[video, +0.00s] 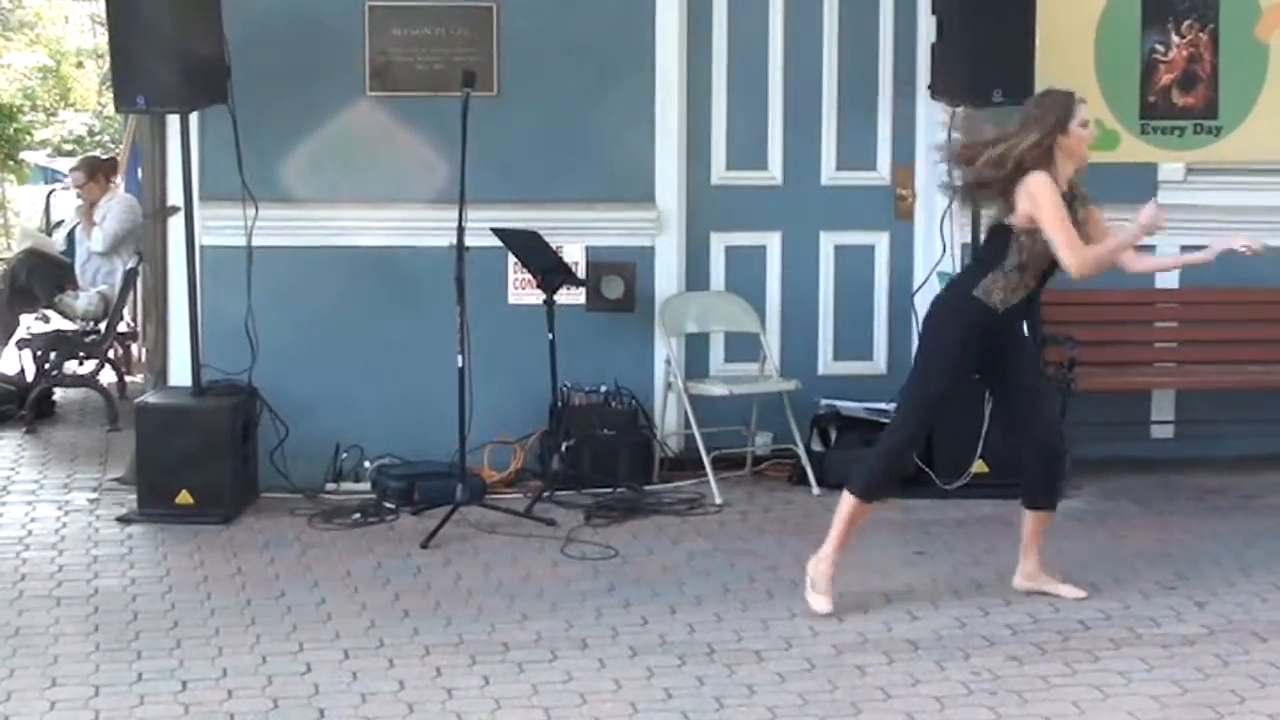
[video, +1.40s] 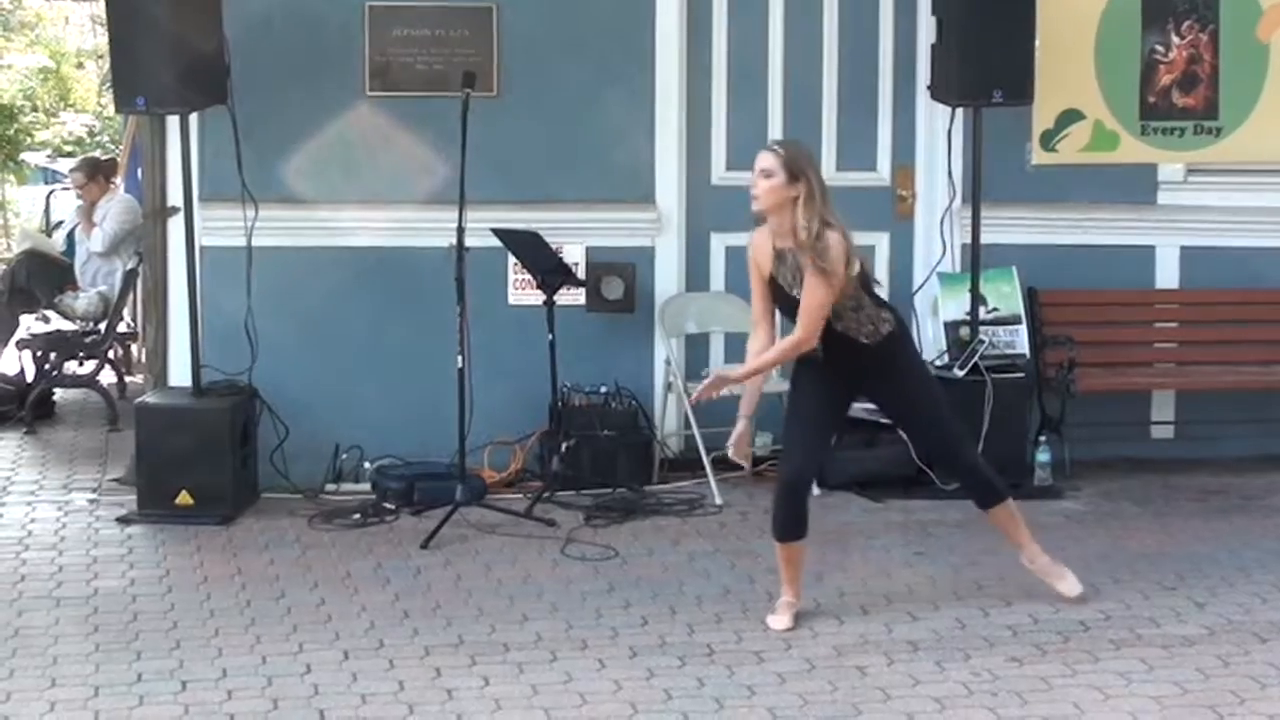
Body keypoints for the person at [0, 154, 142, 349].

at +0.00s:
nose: (77, 193)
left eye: (80, 187)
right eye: (75, 188)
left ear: (99, 181)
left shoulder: (125, 205)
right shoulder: (88, 211)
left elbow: (102, 244)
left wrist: (86, 220)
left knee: (29, 261)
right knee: (12, 296)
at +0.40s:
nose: (73, 195)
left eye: (76, 189)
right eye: (70, 190)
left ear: (94, 182)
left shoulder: (121, 206)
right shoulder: (83, 210)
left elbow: (98, 245)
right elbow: (55, 247)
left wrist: (81, 221)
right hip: (76, 289)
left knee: (25, 262)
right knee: (9, 299)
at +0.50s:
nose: (73, 195)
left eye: (76, 189)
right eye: (71, 190)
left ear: (94, 183)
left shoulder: (121, 207)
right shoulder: (84, 210)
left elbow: (99, 245)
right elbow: (56, 247)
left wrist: (81, 221)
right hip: (75, 286)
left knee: (26, 262)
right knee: (10, 301)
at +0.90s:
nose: (74, 197)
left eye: (78, 191)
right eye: (72, 192)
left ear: (96, 184)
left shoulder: (121, 208)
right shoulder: (84, 211)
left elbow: (100, 247)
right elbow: (56, 248)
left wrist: (82, 223)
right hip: (75, 287)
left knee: (26, 263)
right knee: (10, 305)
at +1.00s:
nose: (75, 197)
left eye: (78, 190)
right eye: (73, 192)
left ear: (99, 184)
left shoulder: (121, 208)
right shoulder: (83, 211)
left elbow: (98, 246)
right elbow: (56, 247)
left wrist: (82, 222)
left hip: (98, 299)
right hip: (74, 291)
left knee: (26, 264)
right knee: (9, 301)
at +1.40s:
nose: (78, 195)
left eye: (81, 188)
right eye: (76, 189)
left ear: (100, 181)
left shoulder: (125, 205)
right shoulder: (86, 209)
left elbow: (102, 244)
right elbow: (59, 244)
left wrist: (86, 221)